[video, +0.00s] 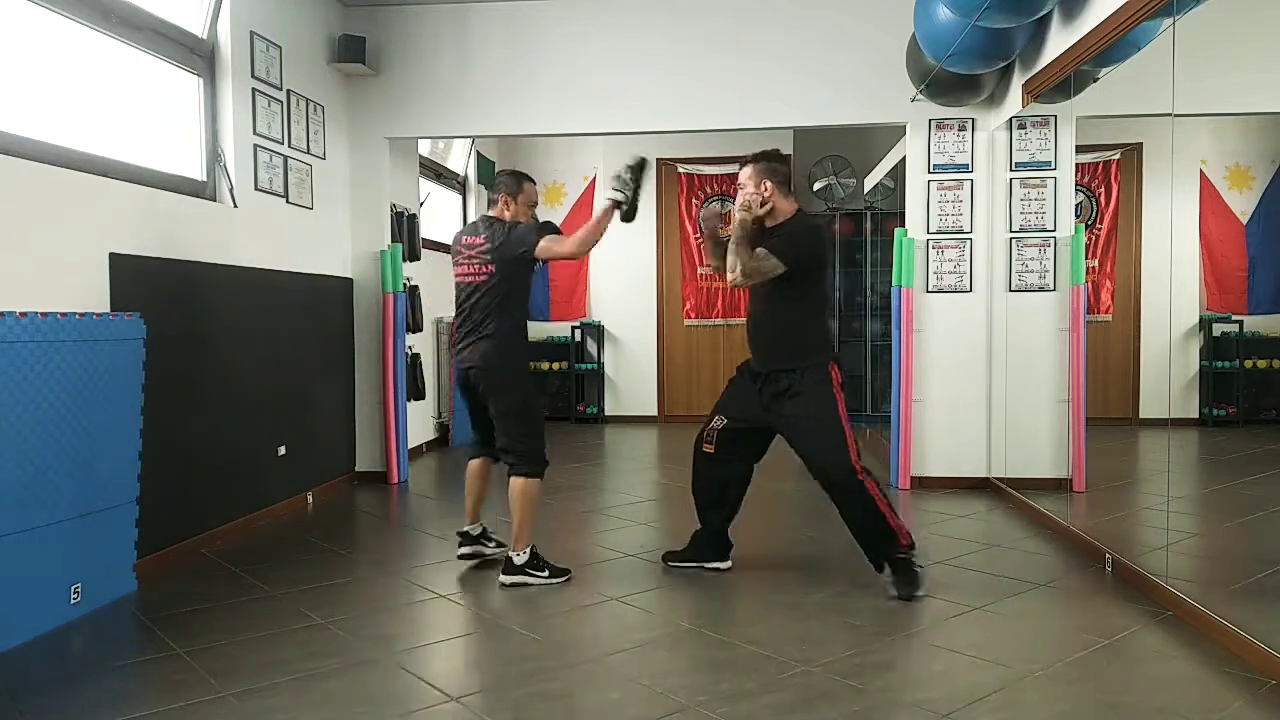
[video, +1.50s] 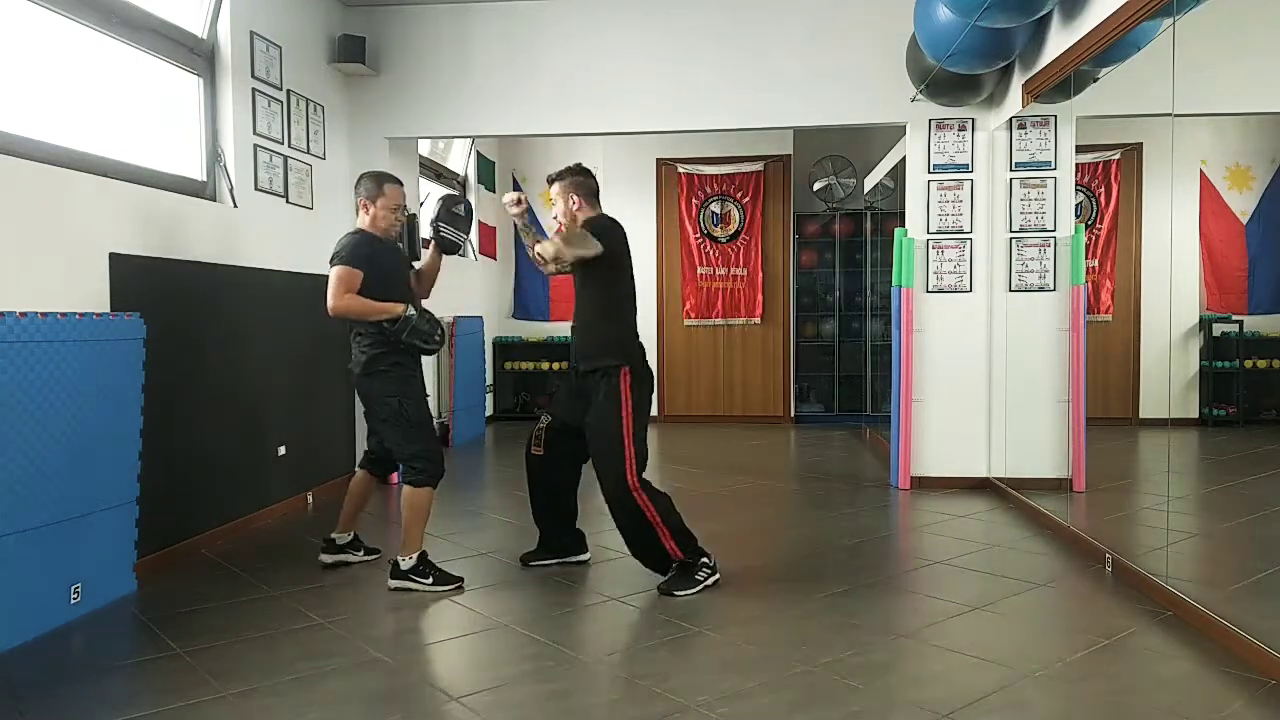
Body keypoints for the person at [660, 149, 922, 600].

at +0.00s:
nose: (739, 196)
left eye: (743, 187)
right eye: (739, 188)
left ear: (767, 189)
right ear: (766, 190)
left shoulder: (806, 232)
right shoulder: (766, 235)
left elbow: (740, 273)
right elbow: (719, 265)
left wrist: (743, 221)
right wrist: (710, 231)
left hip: (809, 376)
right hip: (761, 374)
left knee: (840, 471)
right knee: (714, 449)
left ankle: (898, 557)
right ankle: (712, 544)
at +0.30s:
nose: (676, 218)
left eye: (680, 208)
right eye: (675, 209)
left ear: (706, 207)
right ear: (703, 209)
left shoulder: (744, 250)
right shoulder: (698, 245)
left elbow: (714, 302)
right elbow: (640, 254)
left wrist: (690, 258)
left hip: (746, 381)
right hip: (705, 378)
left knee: (760, 472)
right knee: (651, 447)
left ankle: (817, 562)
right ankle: (650, 544)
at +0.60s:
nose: (627, 216)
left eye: (631, 208)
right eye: (627, 209)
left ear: (652, 206)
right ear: (667, 208)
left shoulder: (648, 231)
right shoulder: (702, 244)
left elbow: (571, 243)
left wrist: (547, 231)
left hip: (676, 371)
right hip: (687, 369)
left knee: (688, 478)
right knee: (631, 442)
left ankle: (776, 557)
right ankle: (637, 545)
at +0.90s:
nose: (625, 195)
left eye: (627, 190)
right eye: (619, 190)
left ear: (619, 197)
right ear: (616, 197)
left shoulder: (625, 220)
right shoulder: (661, 240)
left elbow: (561, 217)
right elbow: (669, 302)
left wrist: (596, 189)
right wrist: (620, 306)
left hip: (669, 365)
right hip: (646, 366)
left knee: (669, 467)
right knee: (618, 447)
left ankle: (732, 562)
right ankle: (639, 544)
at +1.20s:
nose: (581, 218)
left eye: (583, 210)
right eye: (579, 212)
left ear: (607, 206)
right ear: (596, 211)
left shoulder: (656, 239)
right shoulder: (595, 251)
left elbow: (620, 281)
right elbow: (531, 268)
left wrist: (590, 237)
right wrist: (554, 226)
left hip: (664, 380)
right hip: (618, 383)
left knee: (665, 472)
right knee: (566, 457)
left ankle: (696, 569)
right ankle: (581, 543)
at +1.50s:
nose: (553, 212)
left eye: (556, 203)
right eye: (553, 204)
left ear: (575, 200)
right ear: (581, 201)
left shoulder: (605, 229)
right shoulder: (584, 240)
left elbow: (558, 252)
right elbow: (546, 258)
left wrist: (553, 239)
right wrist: (523, 219)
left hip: (619, 373)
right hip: (587, 375)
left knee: (623, 482)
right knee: (545, 454)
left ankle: (693, 562)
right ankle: (562, 544)